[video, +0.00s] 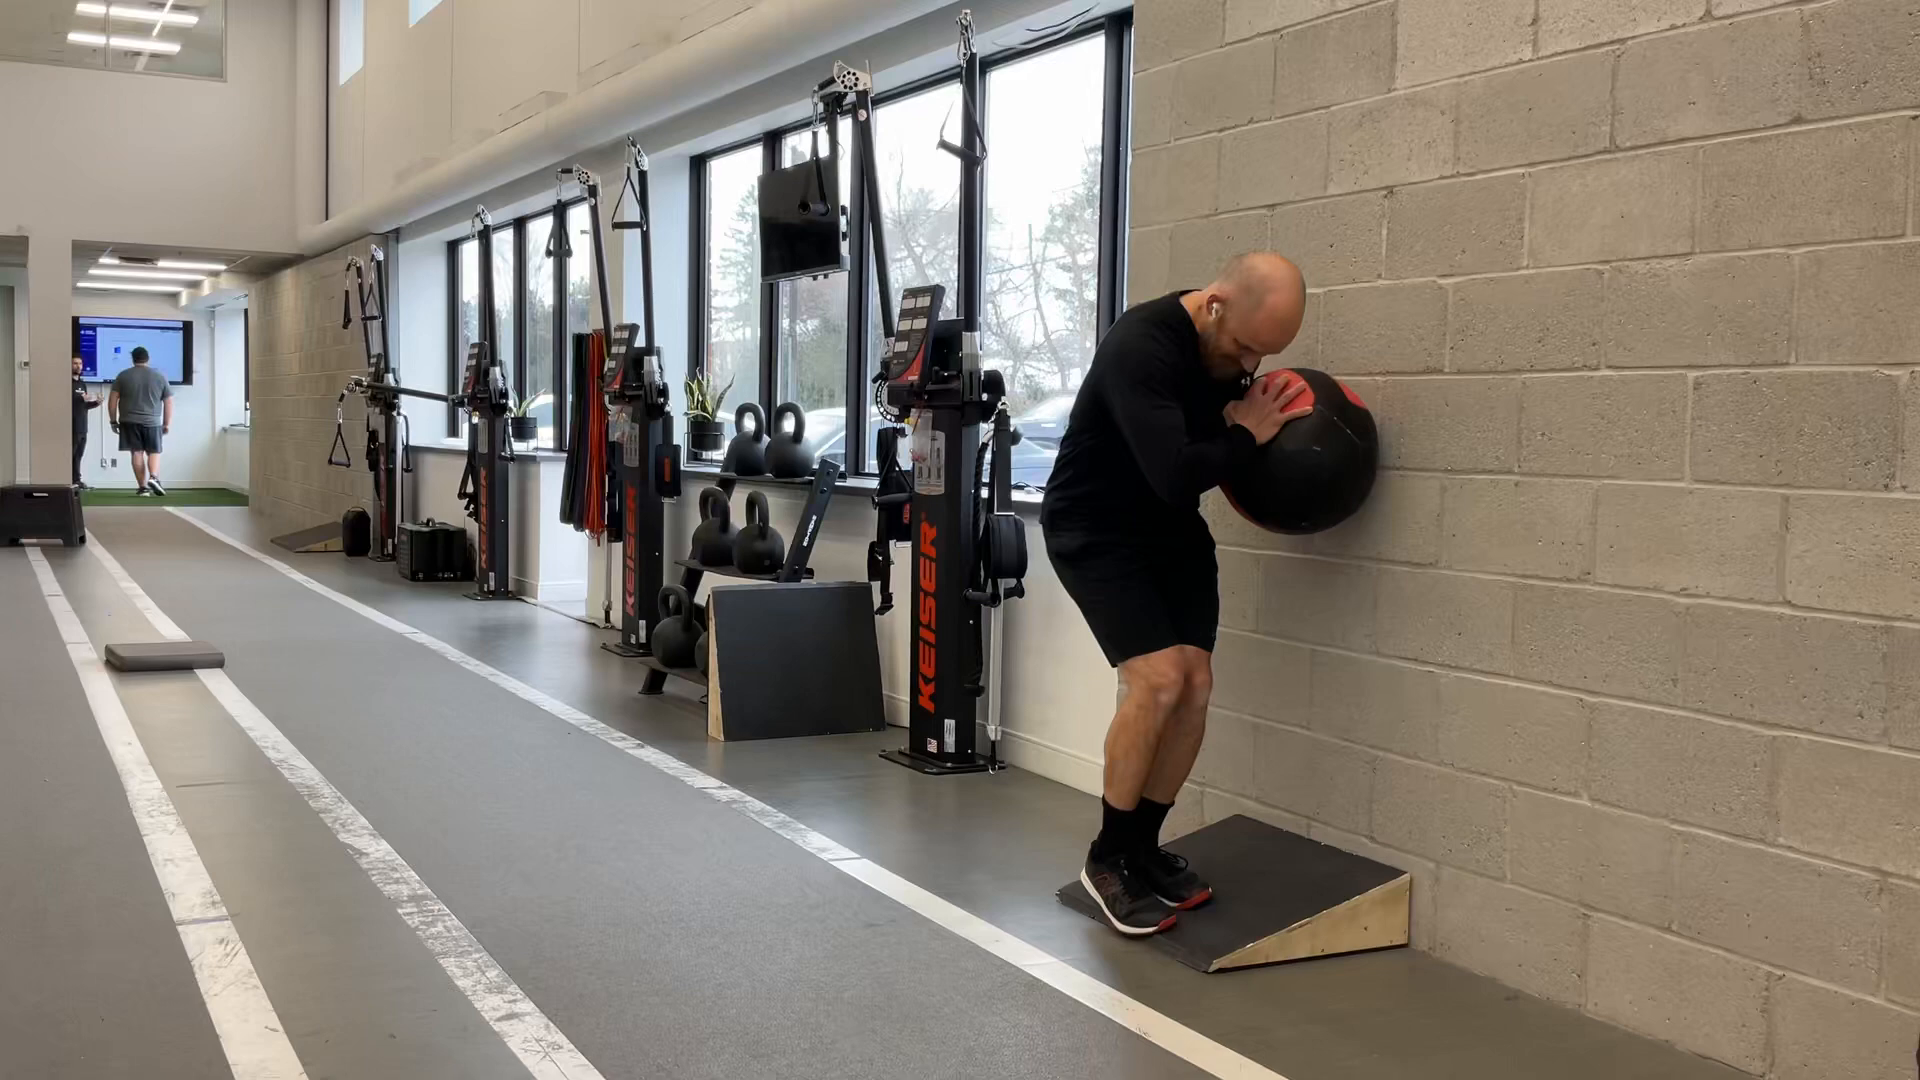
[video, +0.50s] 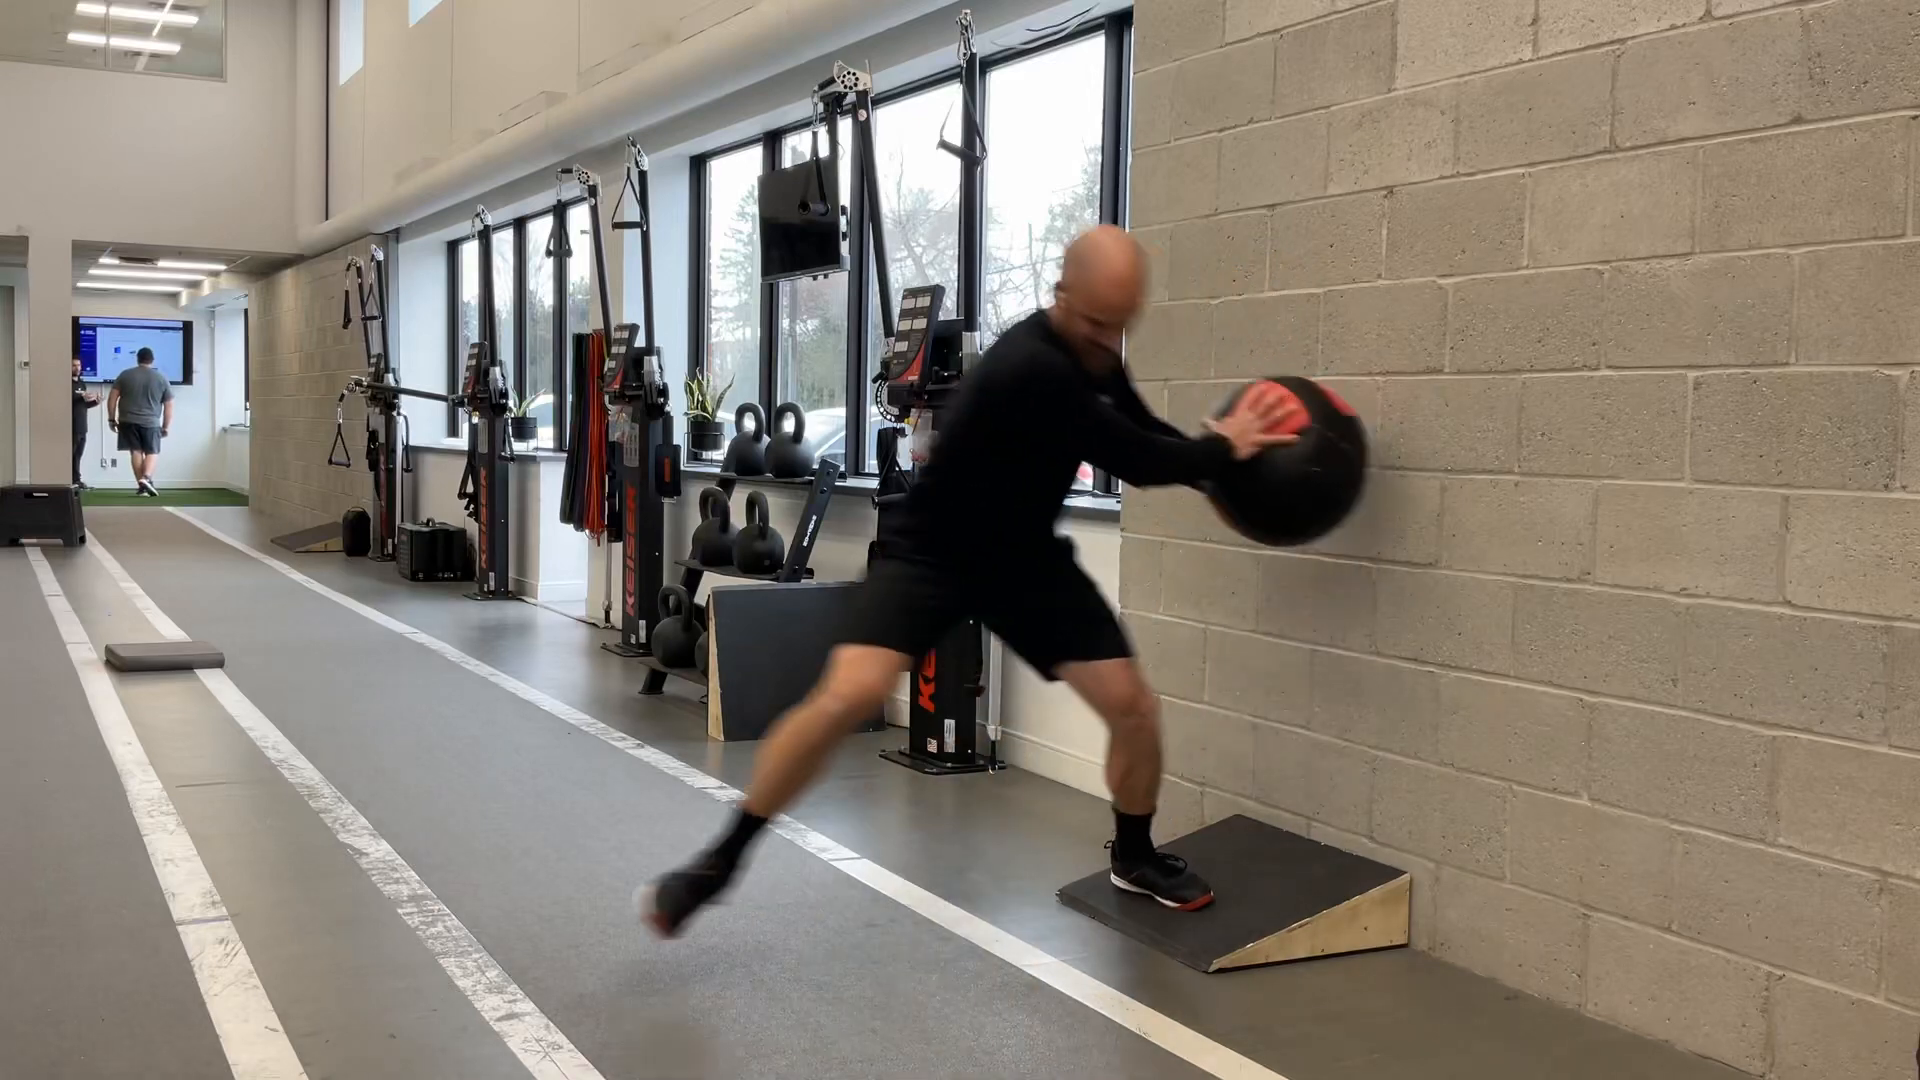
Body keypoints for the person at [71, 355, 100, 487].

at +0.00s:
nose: (78, 366)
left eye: (79, 363)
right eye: (75, 363)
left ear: (82, 366)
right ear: (70, 365)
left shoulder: (82, 384)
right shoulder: (68, 382)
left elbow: (84, 405)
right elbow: (69, 398)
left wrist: (96, 402)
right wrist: (82, 397)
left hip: (82, 425)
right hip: (72, 425)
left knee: (78, 455)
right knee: (72, 454)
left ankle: (77, 479)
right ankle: (71, 480)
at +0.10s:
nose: (78, 367)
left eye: (79, 364)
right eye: (75, 364)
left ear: (82, 366)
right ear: (70, 366)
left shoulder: (82, 384)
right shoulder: (69, 382)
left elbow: (83, 405)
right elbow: (69, 396)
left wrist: (92, 401)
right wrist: (82, 396)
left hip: (82, 425)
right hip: (72, 425)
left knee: (78, 455)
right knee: (73, 454)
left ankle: (77, 479)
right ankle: (73, 480)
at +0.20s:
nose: (77, 367)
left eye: (79, 364)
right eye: (74, 364)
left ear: (81, 366)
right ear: (70, 366)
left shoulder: (82, 384)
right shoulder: (68, 383)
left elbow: (83, 405)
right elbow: (68, 398)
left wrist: (92, 400)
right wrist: (81, 396)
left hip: (81, 425)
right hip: (72, 425)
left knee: (78, 455)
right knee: (72, 454)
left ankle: (77, 479)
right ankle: (72, 480)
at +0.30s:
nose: (76, 367)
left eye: (78, 364)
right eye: (74, 364)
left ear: (80, 366)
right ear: (69, 366)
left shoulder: (82, 384)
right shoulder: (68, 382)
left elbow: (83, 405)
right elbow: (69, 396)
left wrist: (94, 401)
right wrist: (82, 396)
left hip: (81, 426)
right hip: (71, 426)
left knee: (78, 455)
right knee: (72, 454)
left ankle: (76, 479)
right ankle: (71, 480)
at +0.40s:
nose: (76, 367)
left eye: (78, 364)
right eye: (73, 364)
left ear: (80, 366)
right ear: (69, 367)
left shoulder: (82, 384)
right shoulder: (68, 382)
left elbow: (83, 404)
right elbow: (68, 396)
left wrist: (94, 400)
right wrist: (82, 396)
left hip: (81, 426)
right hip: (71, 426)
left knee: (78, 455)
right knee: (72, 454)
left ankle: (77, 479)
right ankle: (71, 480)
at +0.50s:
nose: (77, 368)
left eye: (78, 365)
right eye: (74, 365)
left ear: (81, 367)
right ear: (70, 367)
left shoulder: (82, 384)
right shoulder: (68, 383)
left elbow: (83, 405)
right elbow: (69, 398)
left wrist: (95, 401)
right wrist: (82, 396)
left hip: (81, 426)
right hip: (71, 426)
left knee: (78, 455)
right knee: (72, 455)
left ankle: (76, 479)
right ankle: (72, 480)